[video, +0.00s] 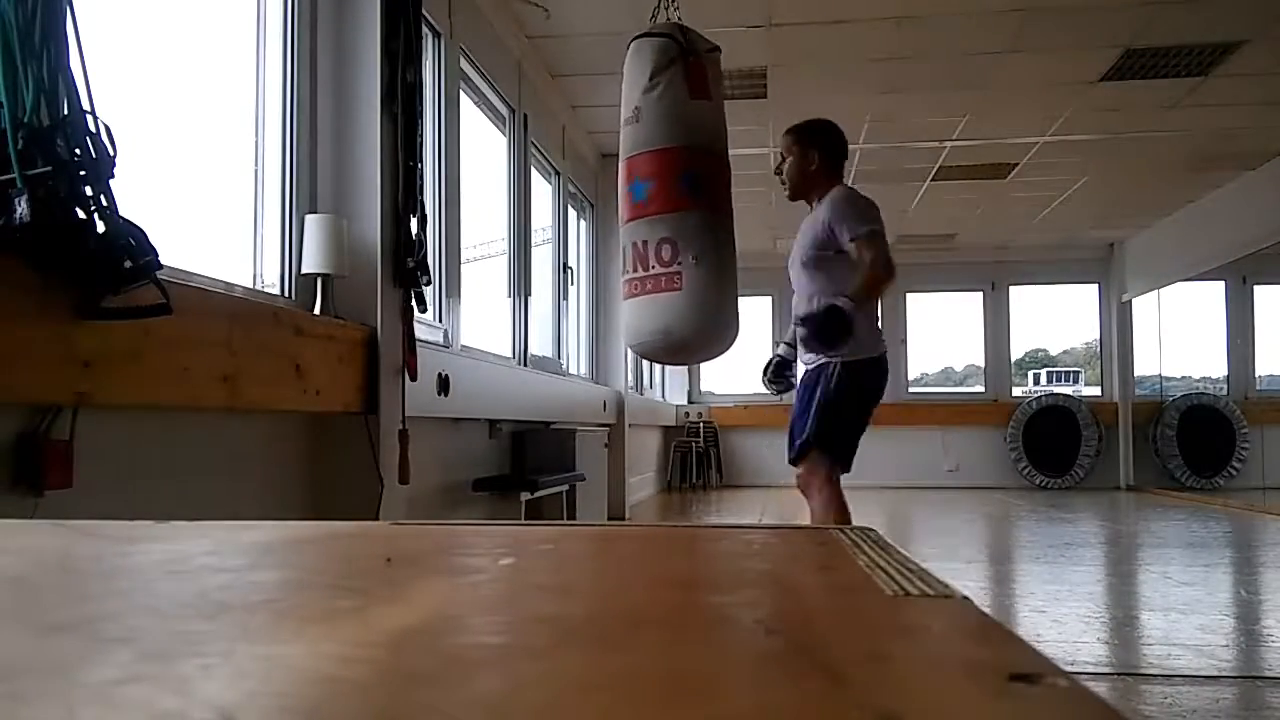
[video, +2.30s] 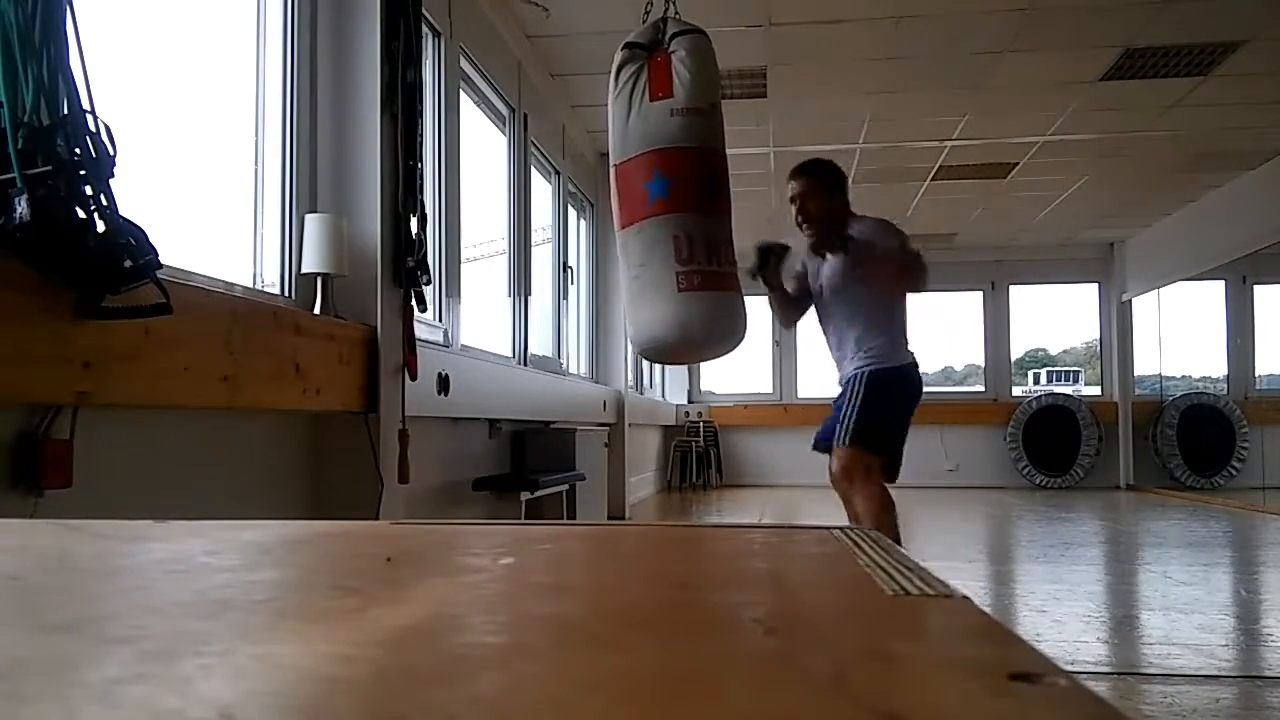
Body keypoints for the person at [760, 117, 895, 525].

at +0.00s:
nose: (778, 167)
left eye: (786, 156)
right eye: (780, 157)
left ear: (814, 160)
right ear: (812, 162)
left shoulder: (844, 203)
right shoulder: (818, 217)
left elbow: (880, 266)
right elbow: (815, 297)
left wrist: (845, 308)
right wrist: (790, 349)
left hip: (845, 362)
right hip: (825, 363)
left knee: (815, 475)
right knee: (815, 477)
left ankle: (835, 580)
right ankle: (841, 574)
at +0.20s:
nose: (805, 167)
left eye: (814, 156)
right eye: (806, 157)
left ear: (845, 161)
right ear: (837, 163)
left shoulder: (879, 208)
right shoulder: (818, 230)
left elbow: (919, 271)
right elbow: (815, 295)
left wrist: (888, 321)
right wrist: (787, 345)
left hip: (869, 364)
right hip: (825, 369)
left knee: (867, 478)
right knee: (826, 481)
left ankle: (912, 577)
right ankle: (840, 584)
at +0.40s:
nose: (860, 175)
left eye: (870, 166)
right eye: (858, 166)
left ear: (900, 172)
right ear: (858, 171)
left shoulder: (924, 226)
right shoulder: (850, 232)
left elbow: (949, 293)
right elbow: (850, 302)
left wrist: (900, 315)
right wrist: (833, 354)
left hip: (904, 377)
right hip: (849, 375)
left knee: (937, 481)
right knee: (836, 481)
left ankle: (978, 583)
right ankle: (840, 591)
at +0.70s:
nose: (913, 176)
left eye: (923, 167)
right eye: (909, 168)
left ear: (951, 173)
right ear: (905, 174)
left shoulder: (976, 240)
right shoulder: (895, 230)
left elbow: (992, 312)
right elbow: (886, 290)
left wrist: (943, 316)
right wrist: (867, 339)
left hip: (943, 374)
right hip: (890, 372)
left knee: (966, 484)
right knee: (878, 472)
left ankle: (981, 594)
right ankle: (899, 581)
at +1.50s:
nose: (858, 224)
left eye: (861, 213)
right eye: (854, 215)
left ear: (891, 204)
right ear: (873, 211)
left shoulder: (940, 246)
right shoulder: (867, 260)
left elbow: (947, 309)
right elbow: (863, 322)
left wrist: (914, 278)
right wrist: (841, 307)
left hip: (938, 371)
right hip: (895, 376)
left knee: (932, 477)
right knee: (902, 477)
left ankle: (938, 583)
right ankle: (957, 561)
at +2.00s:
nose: (818, 216)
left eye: (823, 204)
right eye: (815, 206)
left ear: (853, 197)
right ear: (823, 204)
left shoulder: (905, 234)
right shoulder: (832, 247)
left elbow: (932, 296)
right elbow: (823, 321)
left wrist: (885, 260)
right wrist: (809, 294)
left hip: (906, 362)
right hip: (863, 371)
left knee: (912, 461)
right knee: (867, 472)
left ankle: (952, 578)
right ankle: (904, 572)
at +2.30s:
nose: (797, 212)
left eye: (804, 199)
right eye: (793, 203)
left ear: (834, 196)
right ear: (793, 208)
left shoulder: (873, 232)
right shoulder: (812, 258)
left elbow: (917, 276)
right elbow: (789, 315)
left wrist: (850, 248)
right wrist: (772, 279)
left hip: (884, 370)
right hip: (858, 375)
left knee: (854, 469)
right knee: (842, 473)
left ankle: (892, 575)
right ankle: (876, 575)